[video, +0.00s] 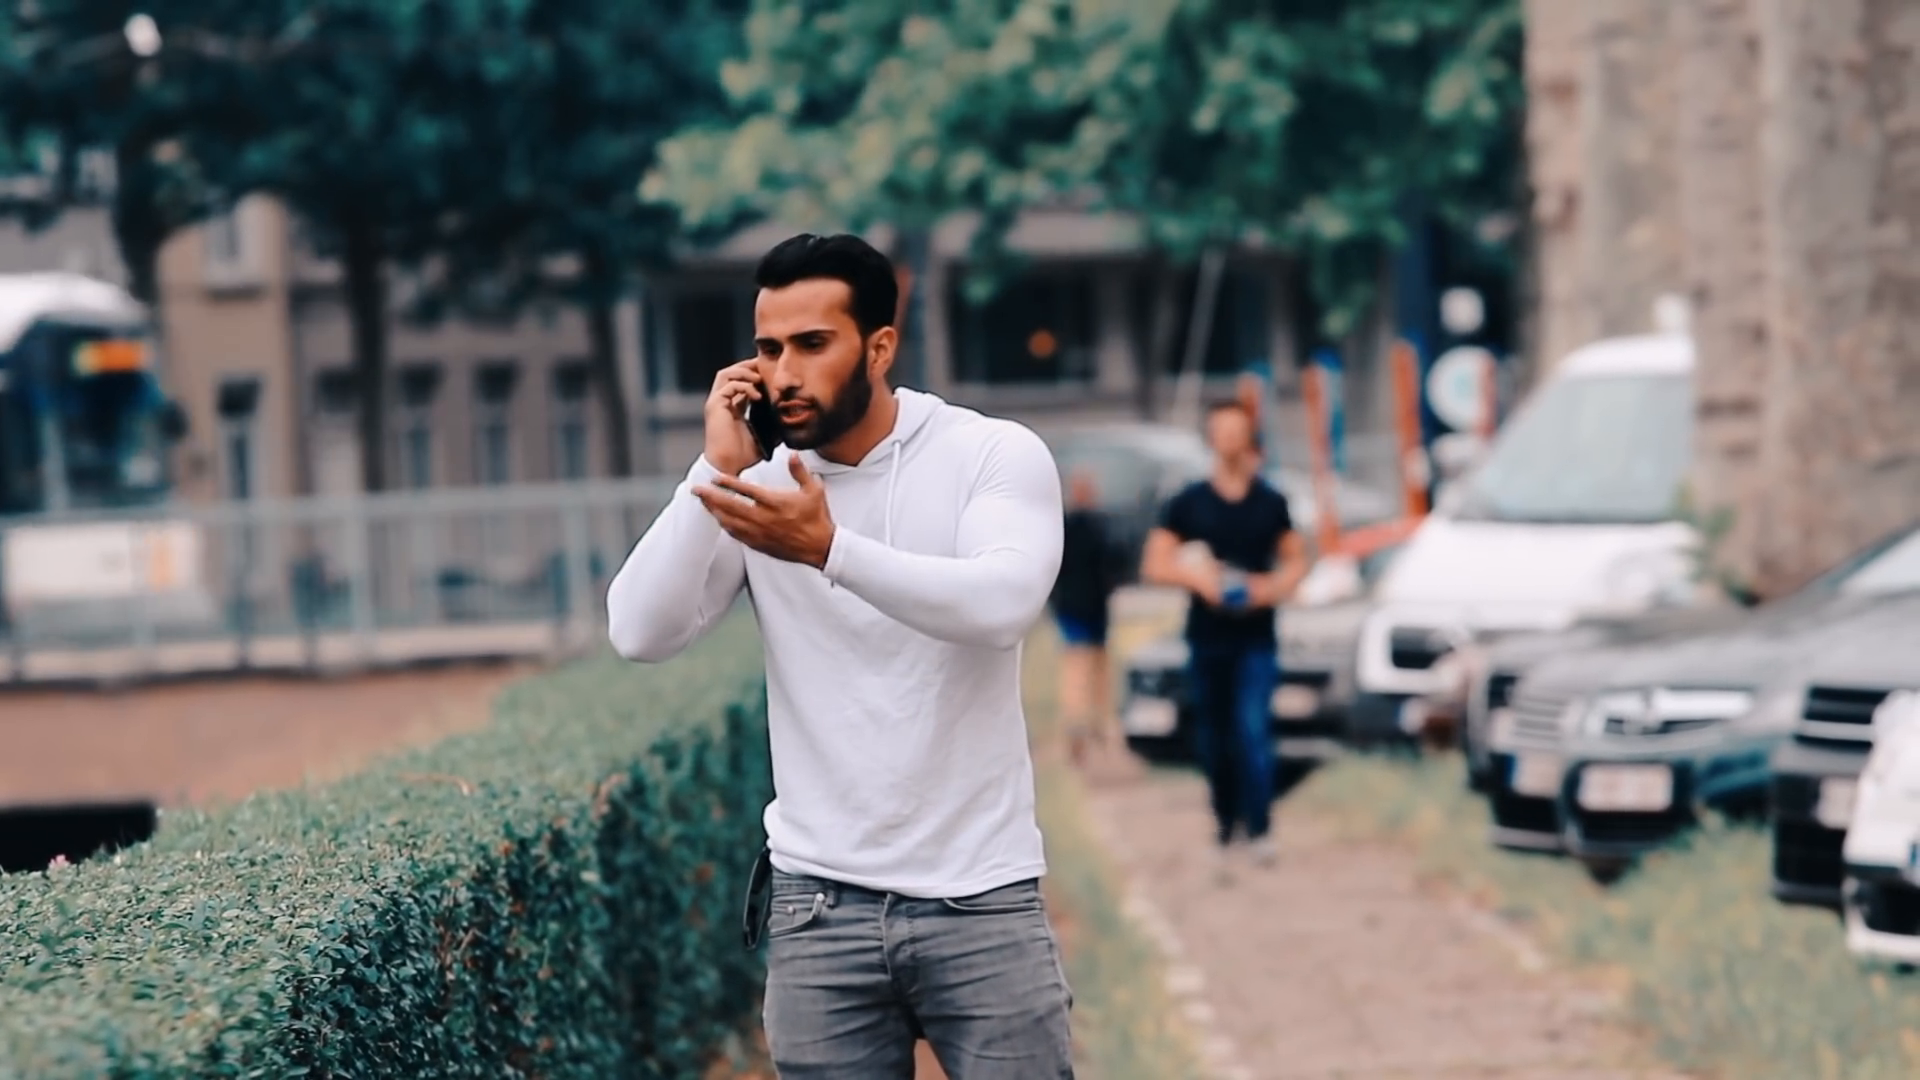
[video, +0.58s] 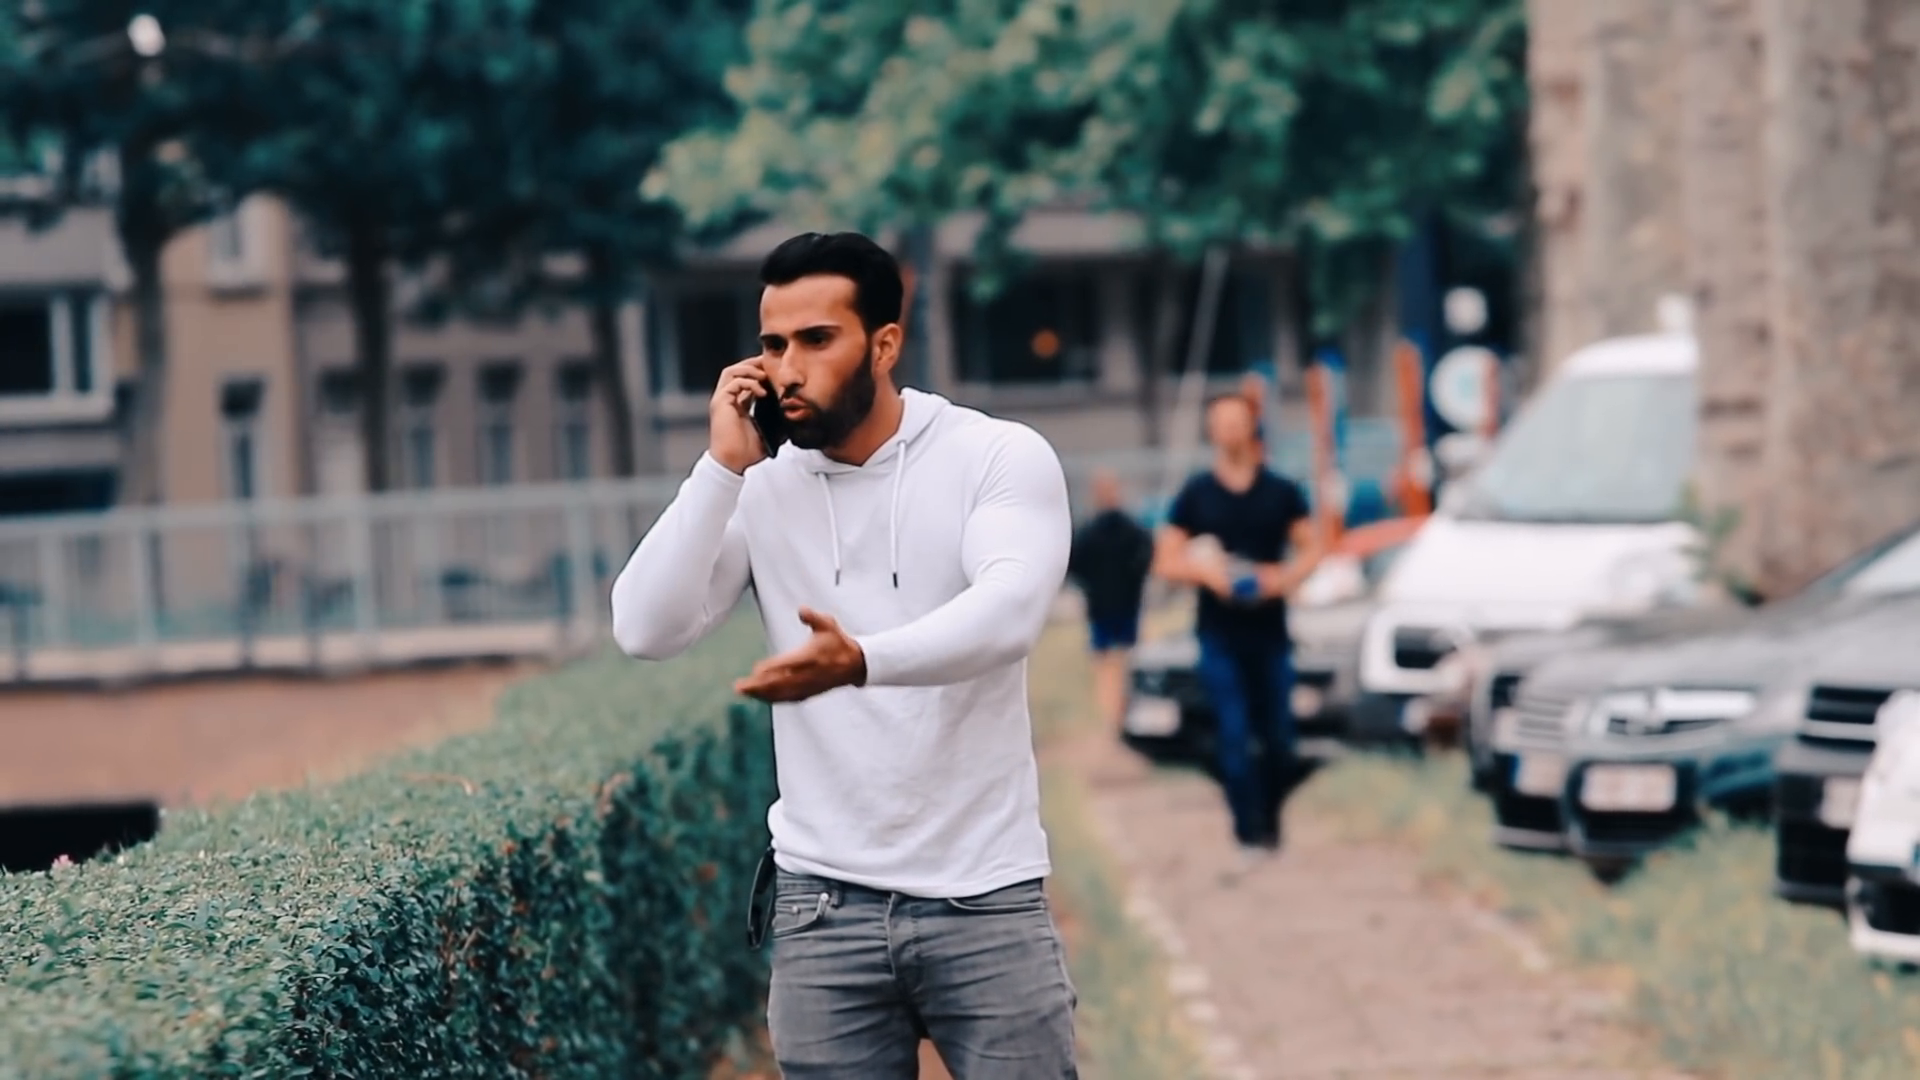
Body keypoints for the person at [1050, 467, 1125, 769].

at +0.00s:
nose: (1087, 494)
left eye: (1084, 488)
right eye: (1086, 488)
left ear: (1069, 494)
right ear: (1091, 493)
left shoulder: (1060, 523)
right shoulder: (1098, 524)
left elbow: (1051, 565)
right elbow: (1113, 561)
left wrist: (1054, 598)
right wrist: (1110, 583)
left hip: (1065, 600)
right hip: (1093, 600)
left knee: (1076, 663)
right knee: (1097, 663)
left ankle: (1075, 725)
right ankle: (1098, 724)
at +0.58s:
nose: (1106, 497)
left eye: (1104, 493)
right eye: (1108, 492)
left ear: (1096, 497)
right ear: (1118, 496)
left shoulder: (1087, 532)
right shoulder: (1134, 531)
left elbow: (1074, 563)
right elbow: (1146, 556)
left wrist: (1091, 581)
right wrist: (1135, 577)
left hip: (1099, 599)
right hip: (1127, 598)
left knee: (1103, 657)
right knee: (1121, 656)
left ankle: (1109, 710)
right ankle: (1119, 712)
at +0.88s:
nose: (1129, 489)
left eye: (1129, 485)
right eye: (1128, 485)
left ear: (1118, 490)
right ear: (1139, 489)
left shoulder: (1106, 525)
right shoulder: (1151, 523)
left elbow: (1089, 557)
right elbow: (1160, 556)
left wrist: (1106, 576)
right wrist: (1156, 578)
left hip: (1116, 591)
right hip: (1144, 589)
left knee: (1126, 644)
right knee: (1146, 640)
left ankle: (1129, 688)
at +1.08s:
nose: (1130, 479)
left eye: (1129, 475)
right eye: (1133, 475)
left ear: (1126, 481)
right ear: (1145, 479)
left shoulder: (1117, 513)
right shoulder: (1162, 511)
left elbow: (1108, 547)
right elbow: (1172, 542)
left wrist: (1114, 570)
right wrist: (1168, 567)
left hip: (1127, 575)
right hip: (1157, 573)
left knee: (1136, 623)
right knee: (1155, 618)